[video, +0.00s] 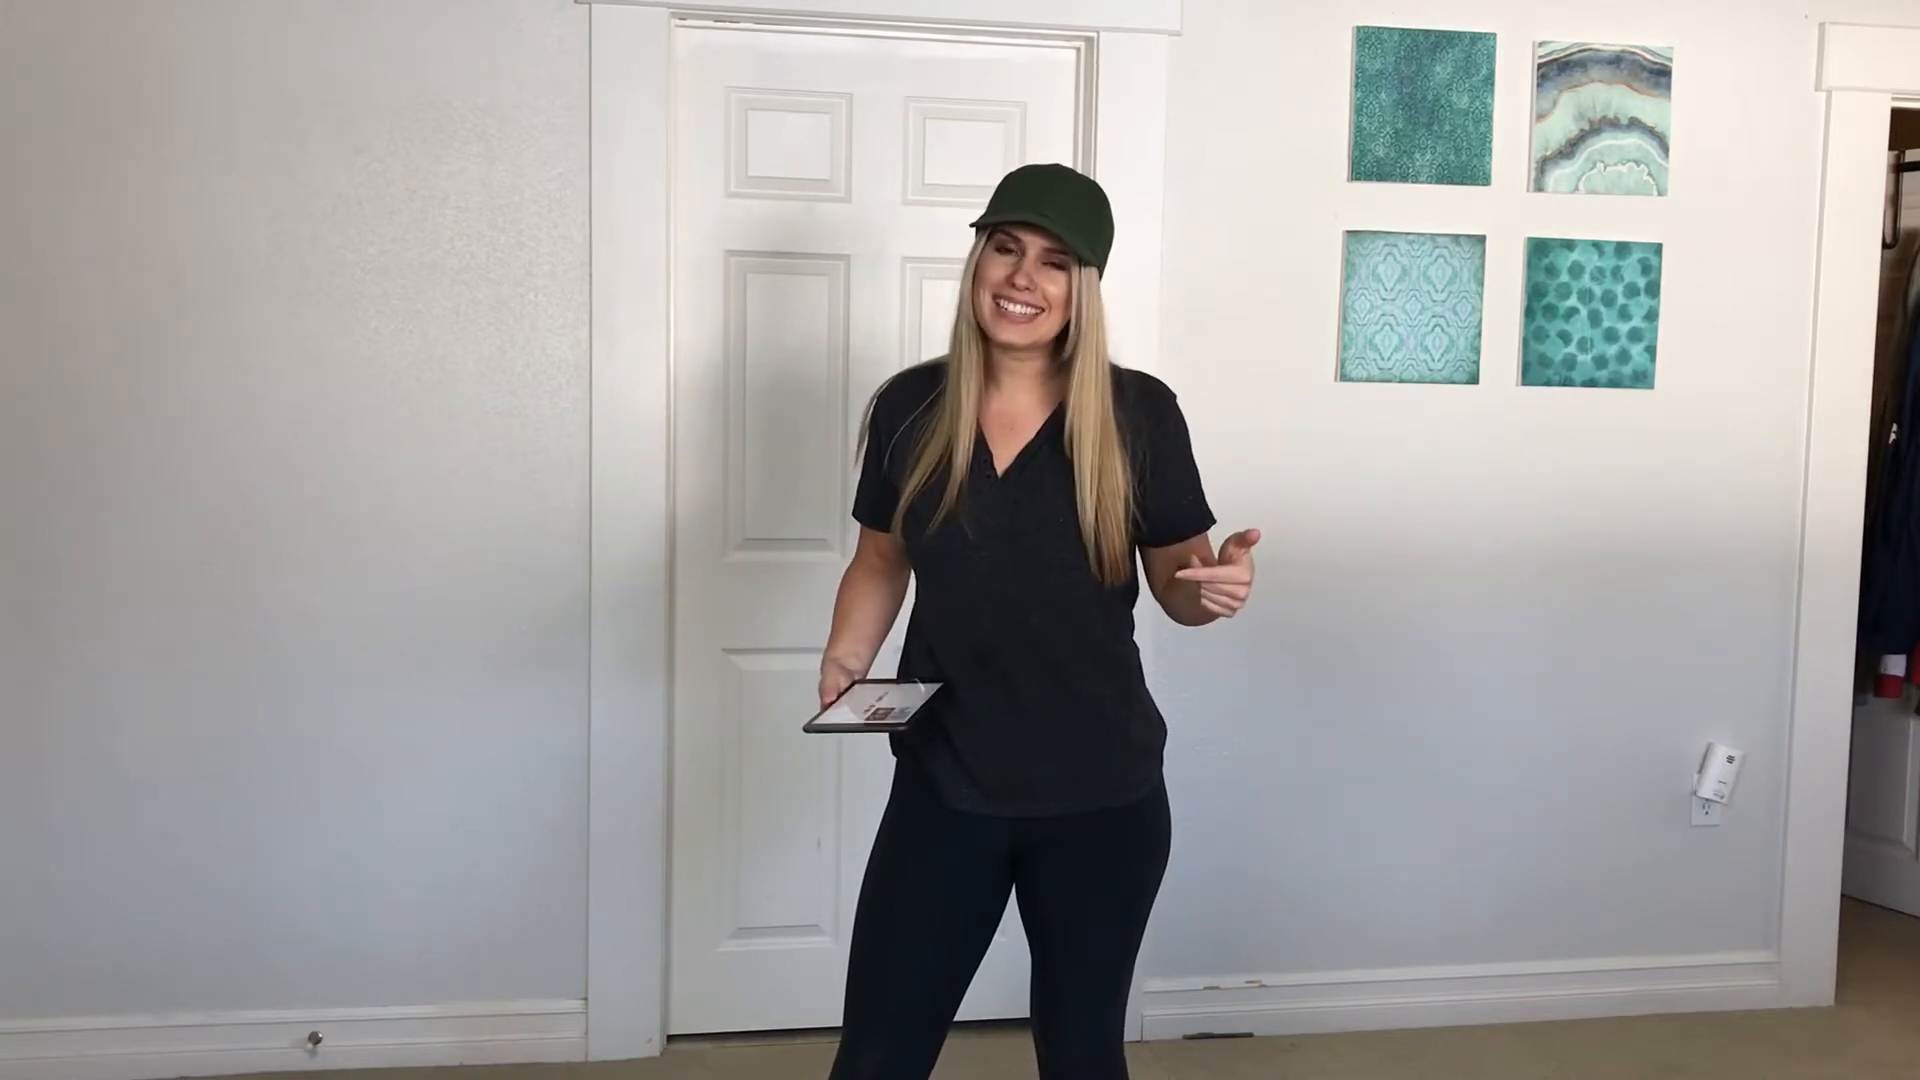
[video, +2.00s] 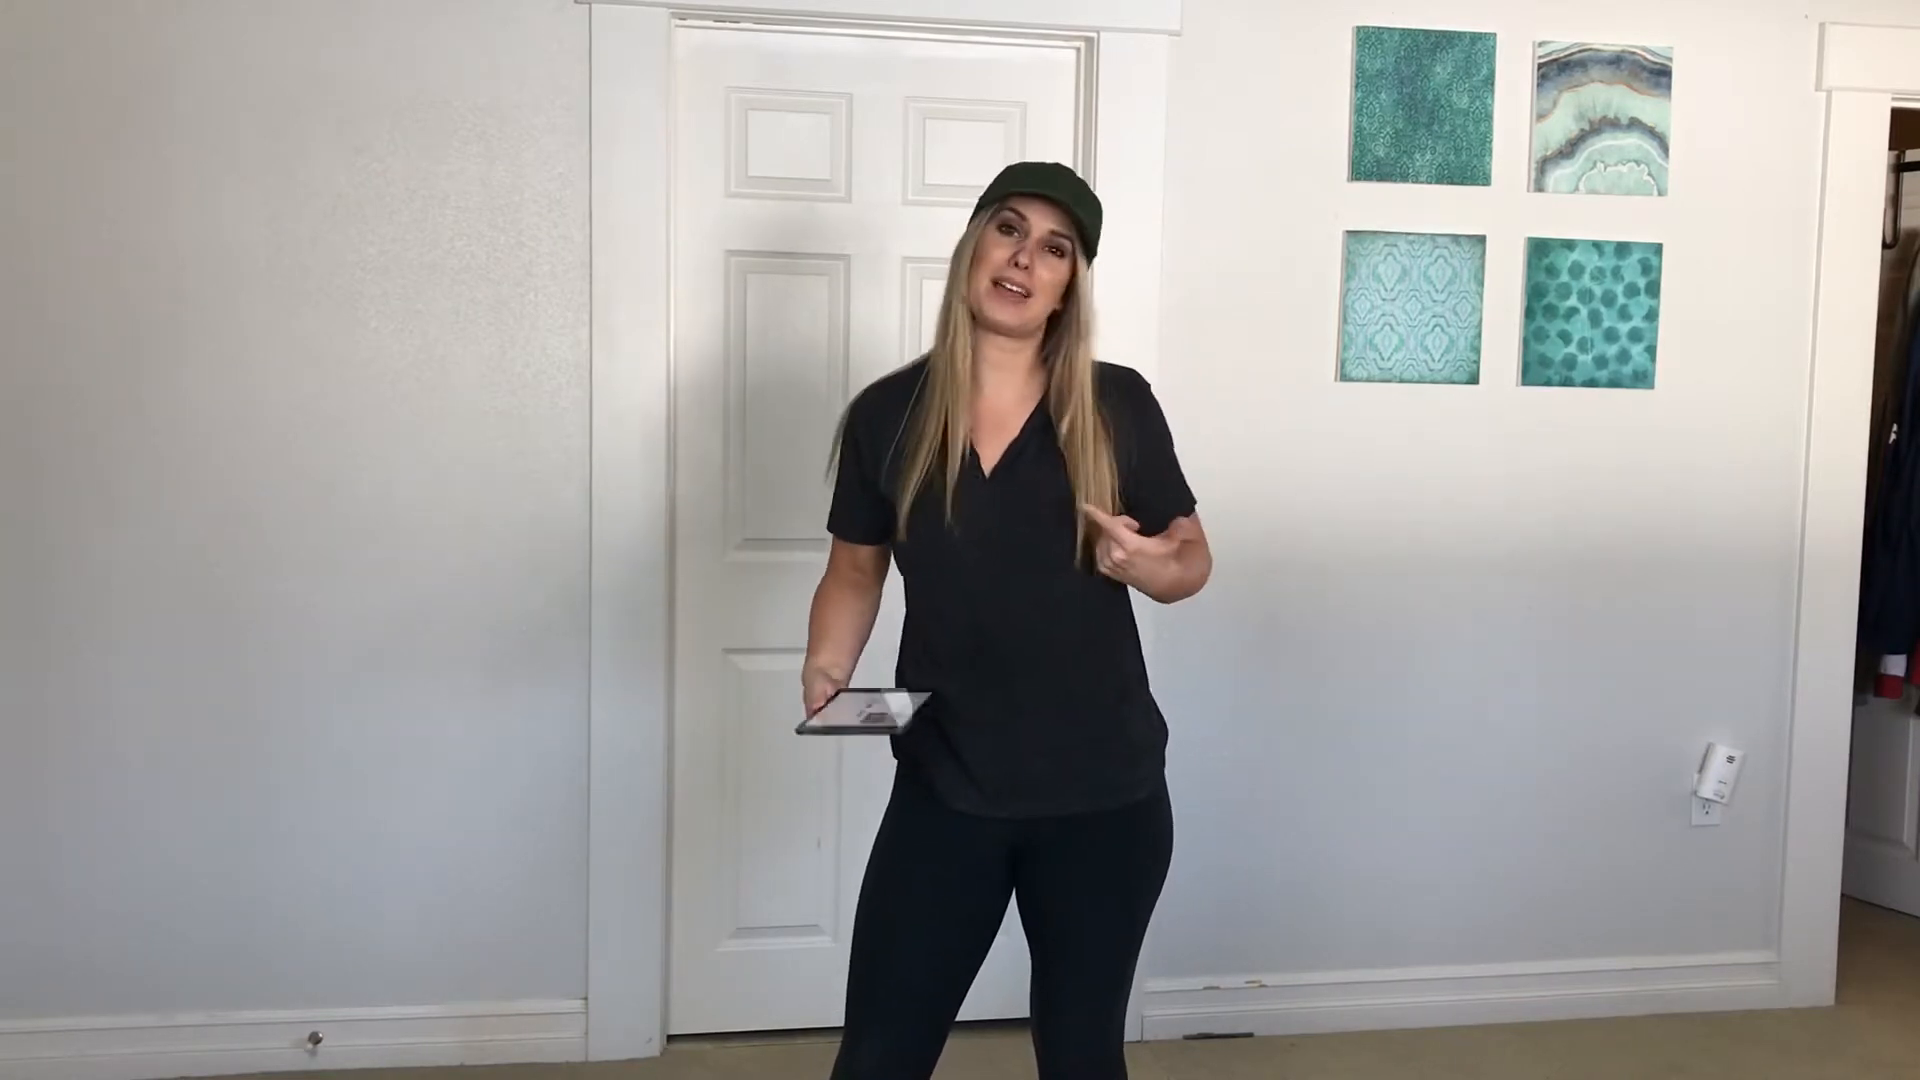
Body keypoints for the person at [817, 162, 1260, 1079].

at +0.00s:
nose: (1022, 277)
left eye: (1053, 262)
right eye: (1006, 249)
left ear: (1084, 288)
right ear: (975, 260)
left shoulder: (1136, 412)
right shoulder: (911, 407)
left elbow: (1175, 583)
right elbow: (879, 562)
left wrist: (1217, 583)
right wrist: (845, 659)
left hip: (1099, 793)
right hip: (946, 787)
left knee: (1080, 1055)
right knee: (876, 1057)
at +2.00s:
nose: (1023, 258)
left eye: (1052, 248)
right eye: (1008, 230)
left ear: (1072, 283)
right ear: (970, 247)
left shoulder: (1116, 402)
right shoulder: (888, 414)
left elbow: (1191, 562)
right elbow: (853, 573)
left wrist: (1144, 565)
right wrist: (828, 666)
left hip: (1100, 792)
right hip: (945, 791)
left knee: (1081, 1055)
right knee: (878, 1056)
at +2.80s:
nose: (1003, 261)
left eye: (1033, 246)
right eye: (989, 236)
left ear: (1069, 273)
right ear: (963, 253)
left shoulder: (1125, 407)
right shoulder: (921, 411)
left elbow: (1225, 587)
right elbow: (913, 559)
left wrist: (1215, 516)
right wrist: (847, 636)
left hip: (1090, 800)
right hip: (940, 795)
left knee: (1074, 1058)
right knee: (876, 1057)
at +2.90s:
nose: (1024, 252)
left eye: (1051, 236)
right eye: (1004, 228)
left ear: (1077, 269)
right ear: (970, 250)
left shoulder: (1123, 405)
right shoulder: (923, 404)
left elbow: (1271, 534)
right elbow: (908, 552)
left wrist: (1208, 428)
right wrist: (848, 631)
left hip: (1086, 799)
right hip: (937, 793)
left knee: (1072, 1059)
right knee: (874, 1058)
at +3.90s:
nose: (1031, 252)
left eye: (1059, 234)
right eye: (1009, 228)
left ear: (1090, 261)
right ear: (978, 251)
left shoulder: (1140, 409)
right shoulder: (930, 399)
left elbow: (1207, 578)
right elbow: (916, 542)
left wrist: (1163, 527)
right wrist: (865, 609)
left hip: (1079, 798)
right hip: (929, 790)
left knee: (1068, 1056)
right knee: (869, 1056)